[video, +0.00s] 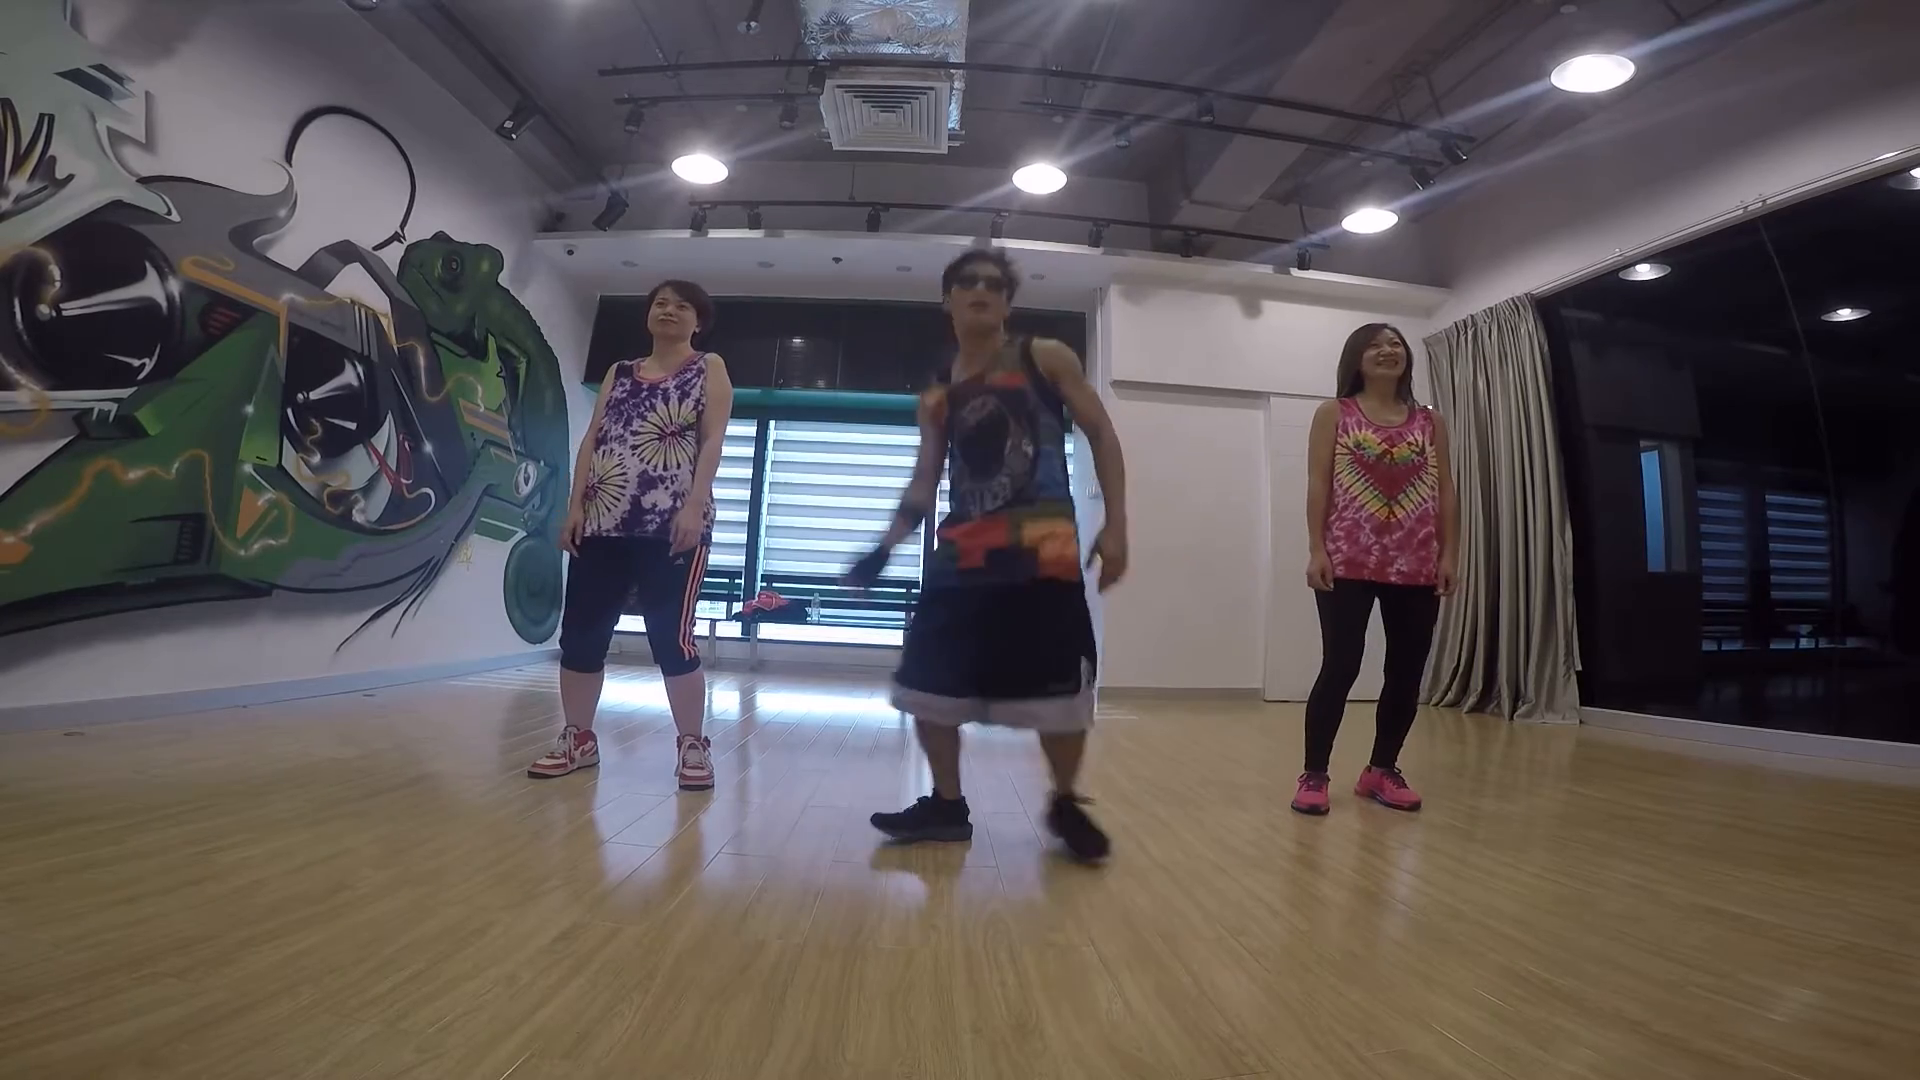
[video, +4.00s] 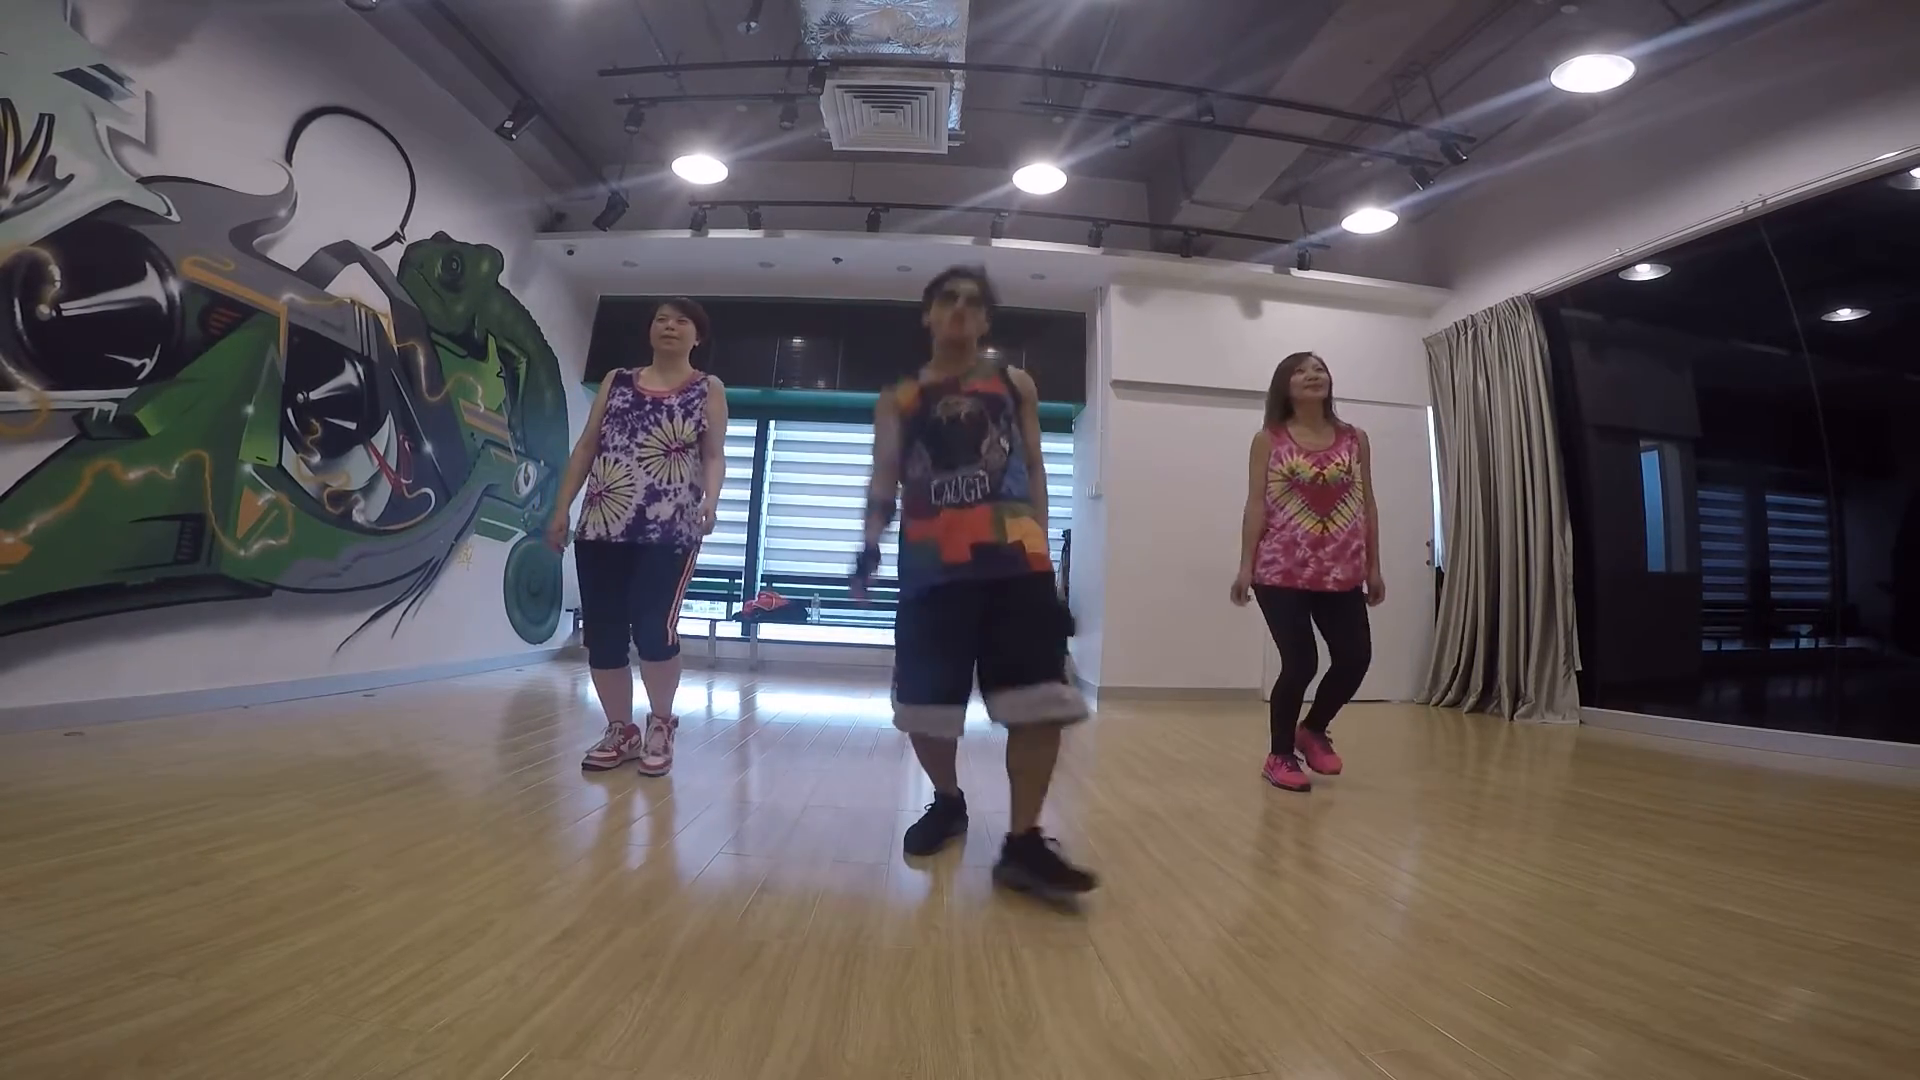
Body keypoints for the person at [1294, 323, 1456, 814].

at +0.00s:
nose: (1387, 350)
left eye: (1395, 343)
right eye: (1375, 345)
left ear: (1407, 359)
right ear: (1356, 361)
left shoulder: (1430, 421)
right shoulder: (1334, 413)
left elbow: (1445, 488)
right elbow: (1319, 483)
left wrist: (1448, 553)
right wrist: (1317, 549)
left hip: (1415, 565)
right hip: (1348, 562)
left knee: (1405, 674)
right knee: (1340, 669)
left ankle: (1381, 771)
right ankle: (1315, 775)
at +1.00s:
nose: (1380, 349)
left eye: (1389, 344)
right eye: (1368, 345)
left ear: (1403, 361)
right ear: (1349, 362)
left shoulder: (1427, 423)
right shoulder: (1327, 417)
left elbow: (1442, 495)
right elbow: (1312, 488)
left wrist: (1444, 564)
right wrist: (1309, 555)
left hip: (1408, 567)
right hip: (1340, 564)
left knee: (1399, 675)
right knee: (1321, 671)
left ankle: (1379, 772)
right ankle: (1283, 780)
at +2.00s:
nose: (1364, 352)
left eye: (1372, 349)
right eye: (1351, 349)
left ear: (1382, 368)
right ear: (1331, 368)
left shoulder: (1398, 431)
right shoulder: (1309, 419)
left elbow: (1414, 504)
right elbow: (1293, 490)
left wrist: (1430, 568)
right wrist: (1290, 557)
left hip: (1386, 577)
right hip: (1325, 573)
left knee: (1379, 679)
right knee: (1354, 665)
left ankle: (1348, 772)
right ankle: (1299, 767)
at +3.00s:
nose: (1345, 365)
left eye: (1351, 360)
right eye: (1333, 361)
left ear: (1361, 375)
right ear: (1314, 376)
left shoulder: (1368, 434)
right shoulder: (1292, 417)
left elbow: (1370, 502)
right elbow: (1271, 472)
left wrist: (1385, 561)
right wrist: (1270, 509)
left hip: (1350, 565)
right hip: (1296, 559)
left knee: (1333, 665)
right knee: (1310, 658)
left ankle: (1308, 752)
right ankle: (1295, 762)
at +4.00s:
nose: (1313, 375)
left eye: (1319, 369)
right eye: (1300, 371)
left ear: (1330, 383)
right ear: (1284, 387)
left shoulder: (1354, 439)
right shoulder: (1268, 440)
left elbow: (1367, 505)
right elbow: (1256, 505)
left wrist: (1374, 567)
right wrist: (1246, 566)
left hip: (1339, 576)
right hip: (1279, 574)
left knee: (1355, 656)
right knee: (1300, 662)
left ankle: (1312, 729)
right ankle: (1280, 755)